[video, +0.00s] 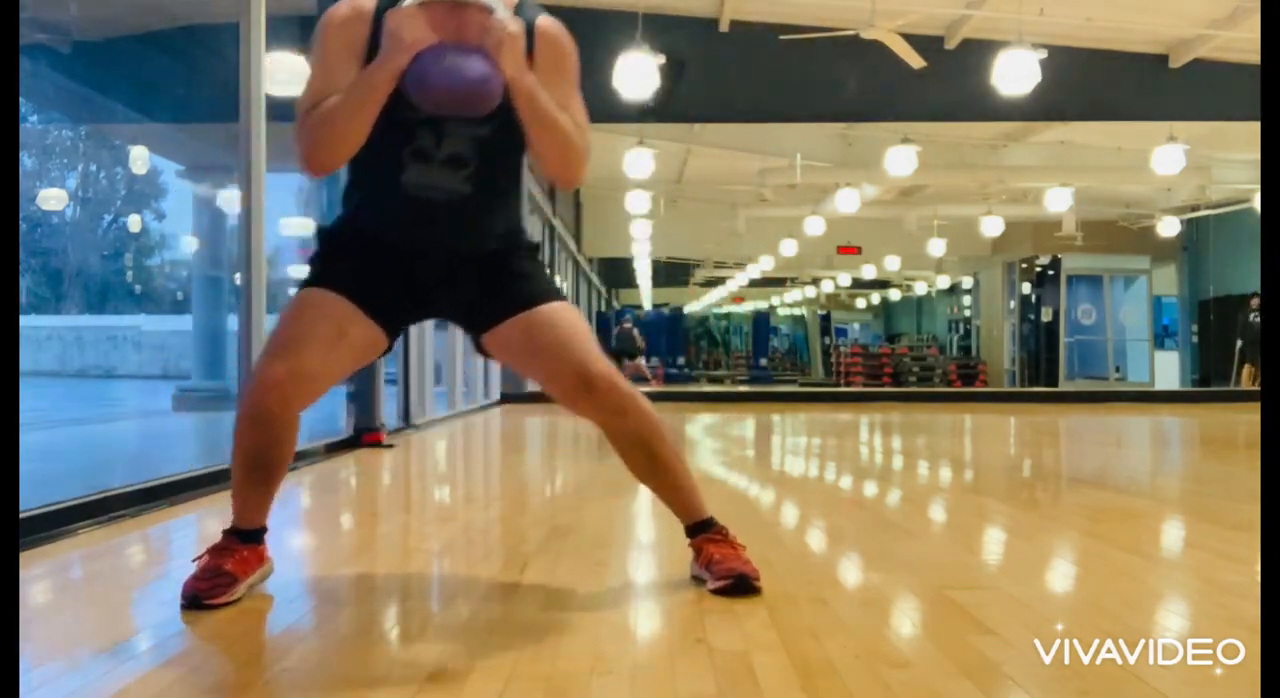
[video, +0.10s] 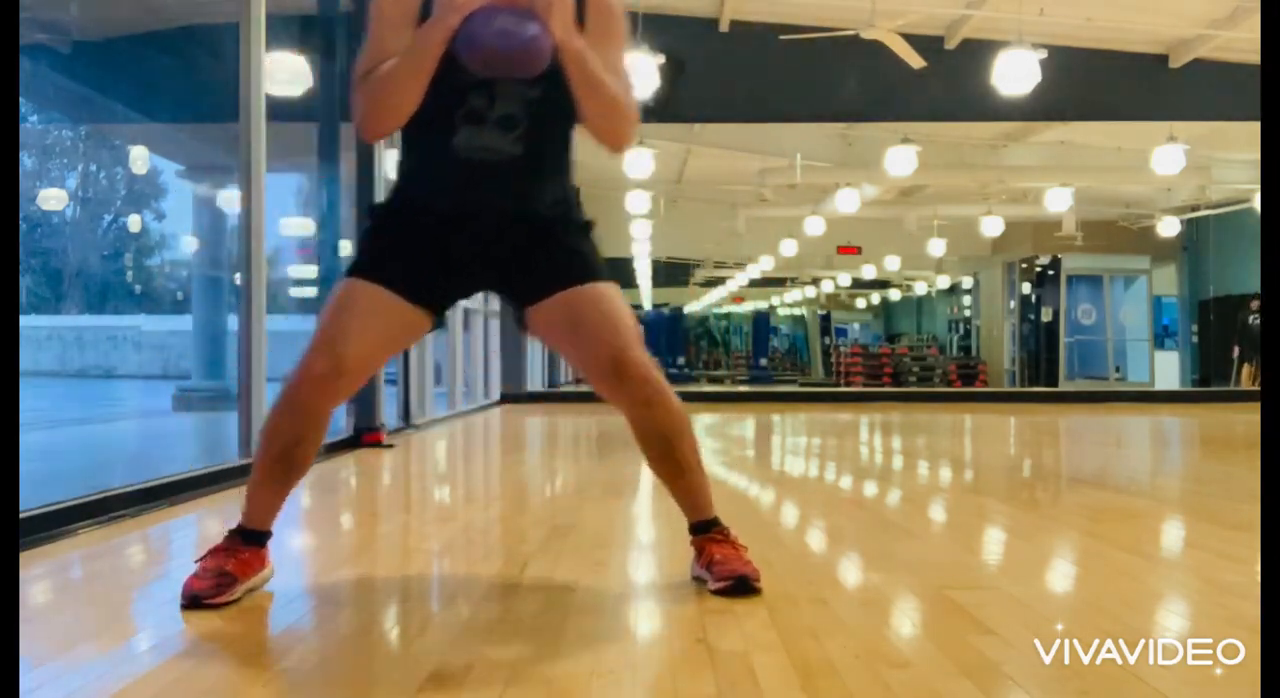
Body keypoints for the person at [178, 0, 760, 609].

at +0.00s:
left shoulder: (541, 38)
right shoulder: (356, 22)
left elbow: (567, 168)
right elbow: (317, 153)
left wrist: (513, 70)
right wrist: (393, 57)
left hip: (492, 262)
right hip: (371, 261)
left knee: (598, 384)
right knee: (268, 393)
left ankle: (707, 535)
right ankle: (242, 543)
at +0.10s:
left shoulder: (589, 6)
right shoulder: (406, 2)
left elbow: (617, 131)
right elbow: (374, 119)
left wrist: (564, 36)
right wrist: (443, 22)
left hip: (542, 227)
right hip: (424, 224)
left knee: (631, 371)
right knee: (317, 379)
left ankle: (710, 534)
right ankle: (245, 544)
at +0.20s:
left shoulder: (644, 1)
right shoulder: (468, 1)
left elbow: (675, 92)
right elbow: (439, 91)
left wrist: (614, 1)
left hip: (602, 201)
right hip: (488, 198)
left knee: (665, 361)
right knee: (383, 360)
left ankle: (713, 534)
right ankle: (268, 523)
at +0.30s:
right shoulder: (516, 4)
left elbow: (722, 64)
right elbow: (485, 74)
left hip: (644, 177)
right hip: (535, 174)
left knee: (691, 353)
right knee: (442, 340)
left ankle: (716, 535)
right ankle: (373, 511)